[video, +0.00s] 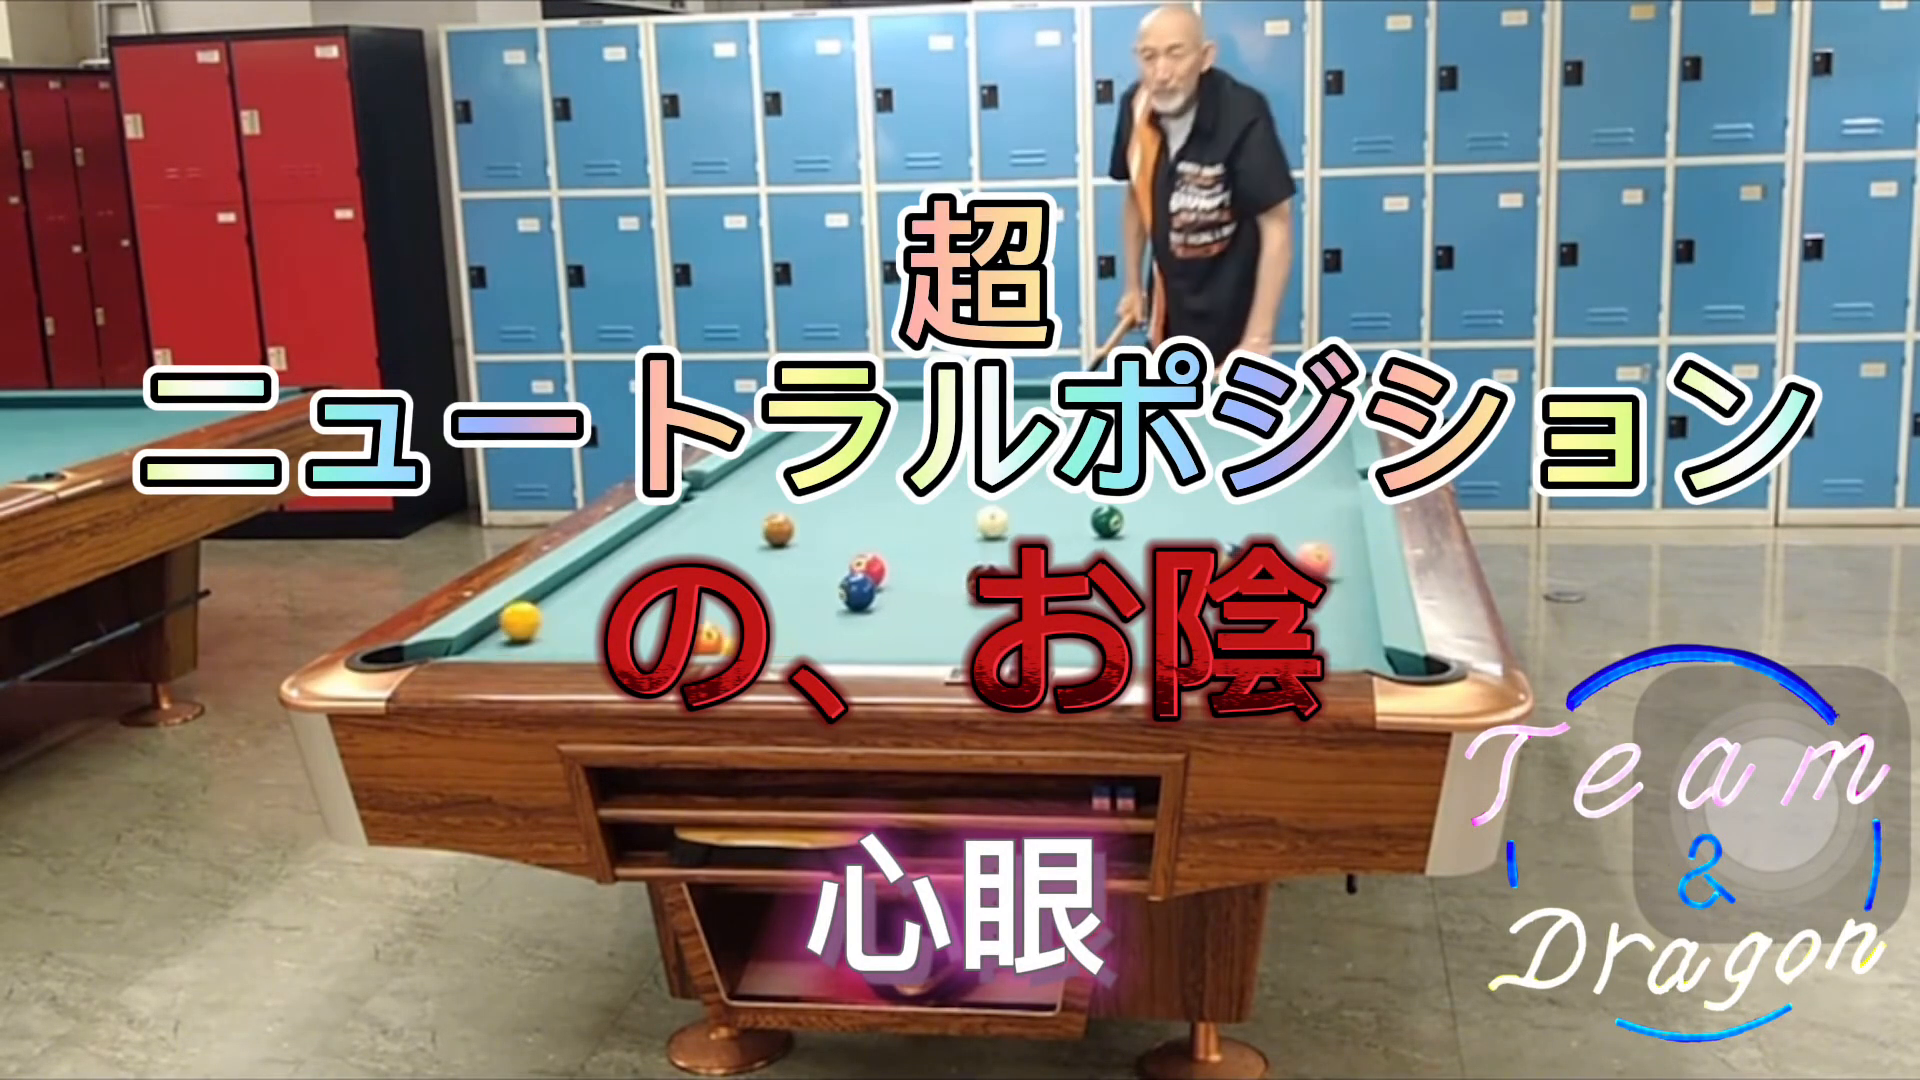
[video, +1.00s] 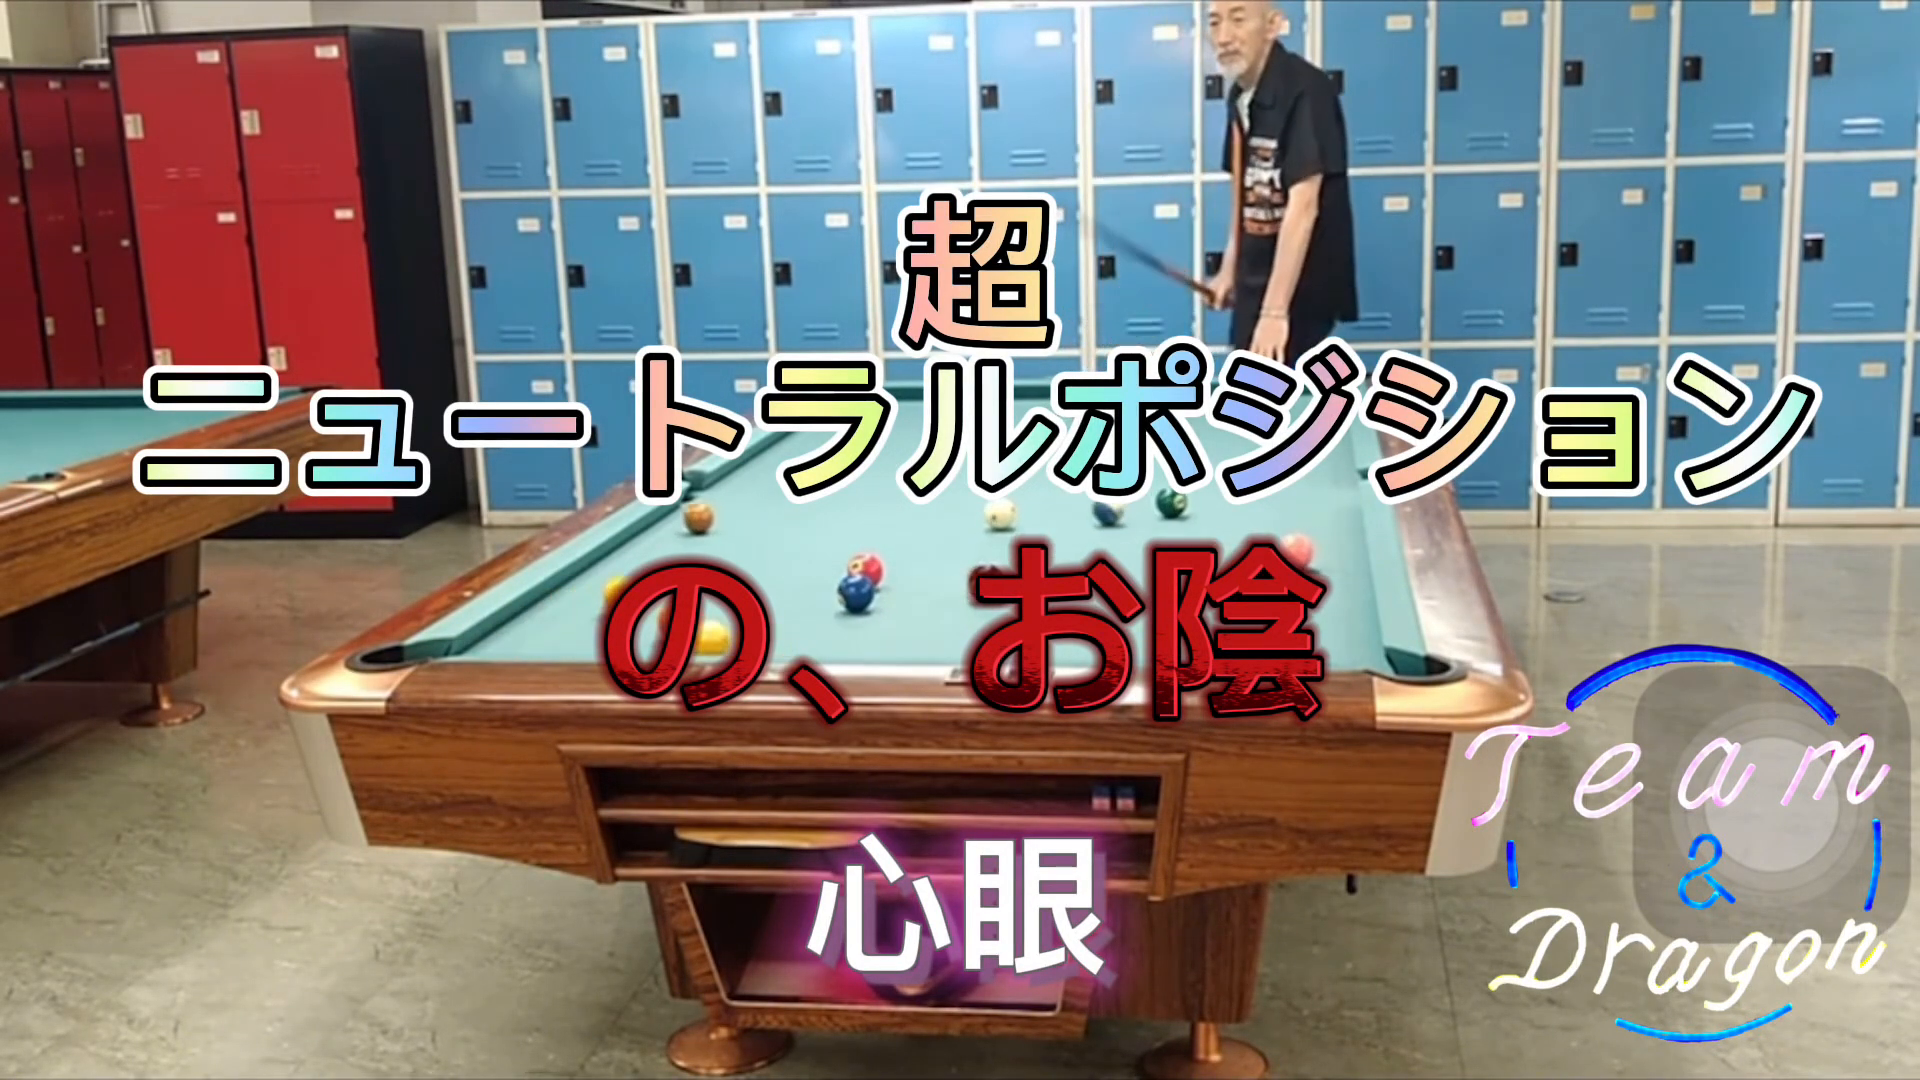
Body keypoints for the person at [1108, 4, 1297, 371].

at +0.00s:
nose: (1161, 73)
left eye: (1175, 54)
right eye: (1149, 57)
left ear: (1206, 56)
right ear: (1138, 60)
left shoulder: (1243, 111)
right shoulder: (1134, 105)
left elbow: (1277, 225)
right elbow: (1134, 196)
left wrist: (1258, 337)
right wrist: (1133, 288)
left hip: (1234, 313)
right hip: (1171, 306)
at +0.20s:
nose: (1177, 53)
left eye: (1192, 35)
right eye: (1166, 37)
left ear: (1223, 40)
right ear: (1156, 43)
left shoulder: (1261, 100)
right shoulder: (1156, 100)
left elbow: (1299, 214)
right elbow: (1154, 198)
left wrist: (1280, 327)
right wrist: (1145, 291)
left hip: (1252, 312)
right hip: (1189, 309)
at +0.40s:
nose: (1189, 45)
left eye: (1204, 27)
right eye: (1179, 30)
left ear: (1236, 32)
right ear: (1170, 37)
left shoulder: (1276, 93)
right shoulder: (1185, 98)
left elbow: (1300, 210)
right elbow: (1181, 198)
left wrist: (1275, 318)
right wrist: (1173, 285)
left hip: (1259, 305)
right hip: (1201, 302)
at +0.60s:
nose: (1201, 39)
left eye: (1215, 22)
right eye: (1191, 25)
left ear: (1249, 27)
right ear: (1183, 34)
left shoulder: (1287, 89)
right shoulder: (1208, 93)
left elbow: (1301, 205)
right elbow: (1203, 187)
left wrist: (1271, 311)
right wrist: (1198, 270)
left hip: (1275, 291)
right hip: (1227, 289)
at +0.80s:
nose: (1216, 36)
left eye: (1231, 19)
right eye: (1207, 22)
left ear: (1265, 25)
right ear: (1200, 30)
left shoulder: (1299, 90)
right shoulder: (1232, 95)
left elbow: (1301, 204)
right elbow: (1237, 196)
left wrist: (1271, 310)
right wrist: (1218, 264)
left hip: (1283, 293)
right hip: (1239, 287)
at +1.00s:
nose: (1223, 36)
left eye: (1238, 20)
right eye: (1215, 22)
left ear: (1274, 25)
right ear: (1208, 30)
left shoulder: (1307, 90)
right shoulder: (1241, 95)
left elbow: (1303, 207)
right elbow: (1245, 198)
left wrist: (1274, 312)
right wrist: (1229, 272)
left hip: (1302, 294)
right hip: (1255, 289)